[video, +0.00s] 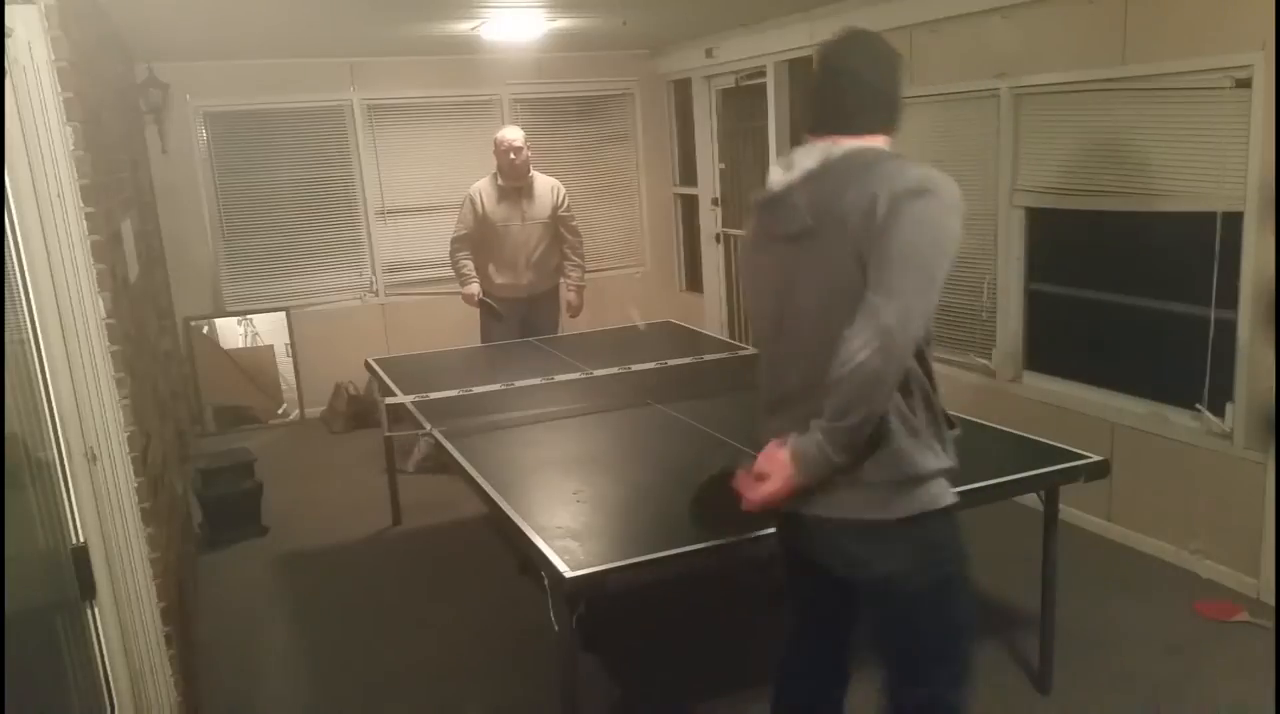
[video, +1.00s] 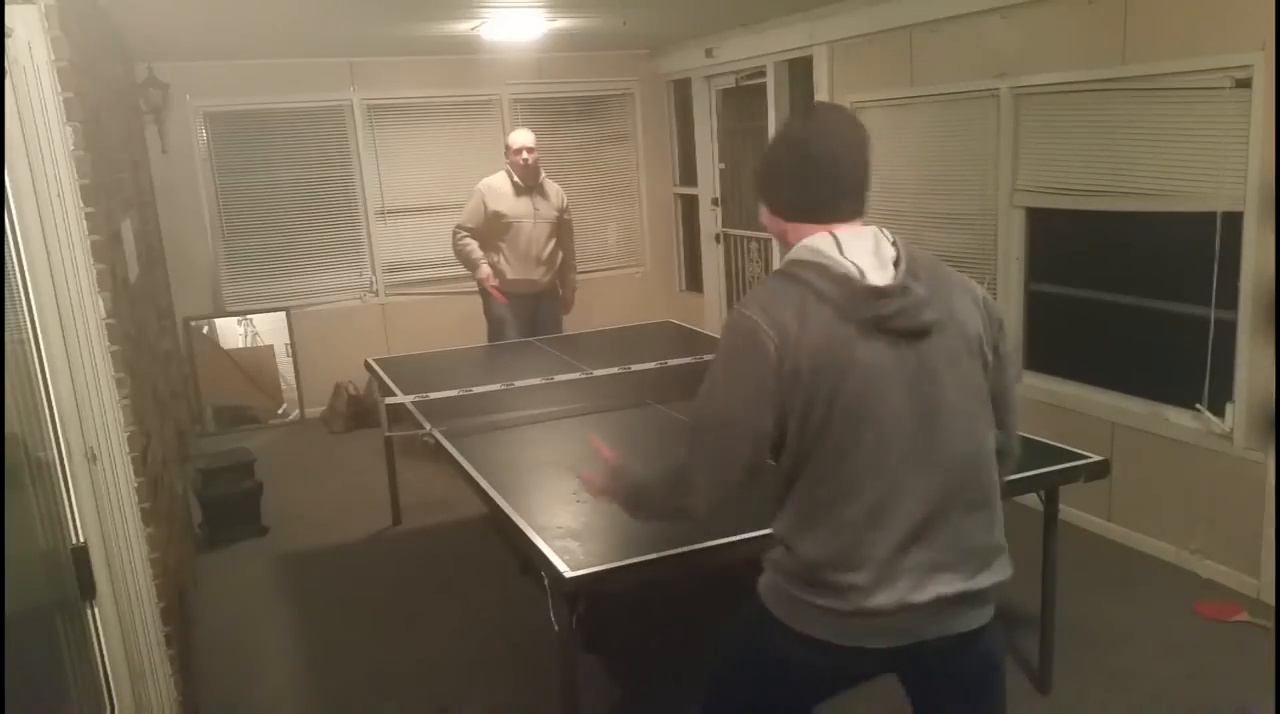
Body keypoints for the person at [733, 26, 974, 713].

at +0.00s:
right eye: (890, 90)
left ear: (813, 99)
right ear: (895, 102)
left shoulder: (774, 202)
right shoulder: (917, 190)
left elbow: (773, 341)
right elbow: (883, 339)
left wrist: (784, 445)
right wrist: (812, 454)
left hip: (802, 514)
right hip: (895, 519)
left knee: (807, 686)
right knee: (930, 691)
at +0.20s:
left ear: (768, 142)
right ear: (854, 142)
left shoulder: (730, 251)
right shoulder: (880, 240)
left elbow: (716, 389)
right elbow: (873, 414)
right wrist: (854, 564)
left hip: (735, 545)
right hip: (821, 557)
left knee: (760, 693)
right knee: (808, 696)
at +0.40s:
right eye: (829, 167)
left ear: (737, 188)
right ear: (829, 186)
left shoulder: (690, 296)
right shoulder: (869, 289)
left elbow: (663, 444)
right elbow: (909, 469)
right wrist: (938, 603)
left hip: (704, 594)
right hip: (818, 608)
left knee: (725, 701)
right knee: (827, 703)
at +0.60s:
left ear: (746, 221)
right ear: (833, 223)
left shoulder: (690, 326)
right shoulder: (874, 325)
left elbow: (658, 470)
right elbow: (933, 490)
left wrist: (710, 527)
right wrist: (978, 576)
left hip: (700, 618)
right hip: (831, 620)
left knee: (690, 702)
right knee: (923, 704)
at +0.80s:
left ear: (788, 219)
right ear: (880, 223)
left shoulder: (733, 334)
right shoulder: (941, 334)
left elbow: (692, 480)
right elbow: (997, 507)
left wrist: (706, 561)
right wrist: (973, 585)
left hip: (758, 630)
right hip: (899, 634)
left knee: (738, 701)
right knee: (965, 704)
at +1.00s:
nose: (765, 215)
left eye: (764, 201)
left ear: (769, 211)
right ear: (861, 194)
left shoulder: (770, 316)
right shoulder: (967, 300)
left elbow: (709, 483)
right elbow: (998, 450)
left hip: (825, 617)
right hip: (963, 611)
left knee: (724, 703)